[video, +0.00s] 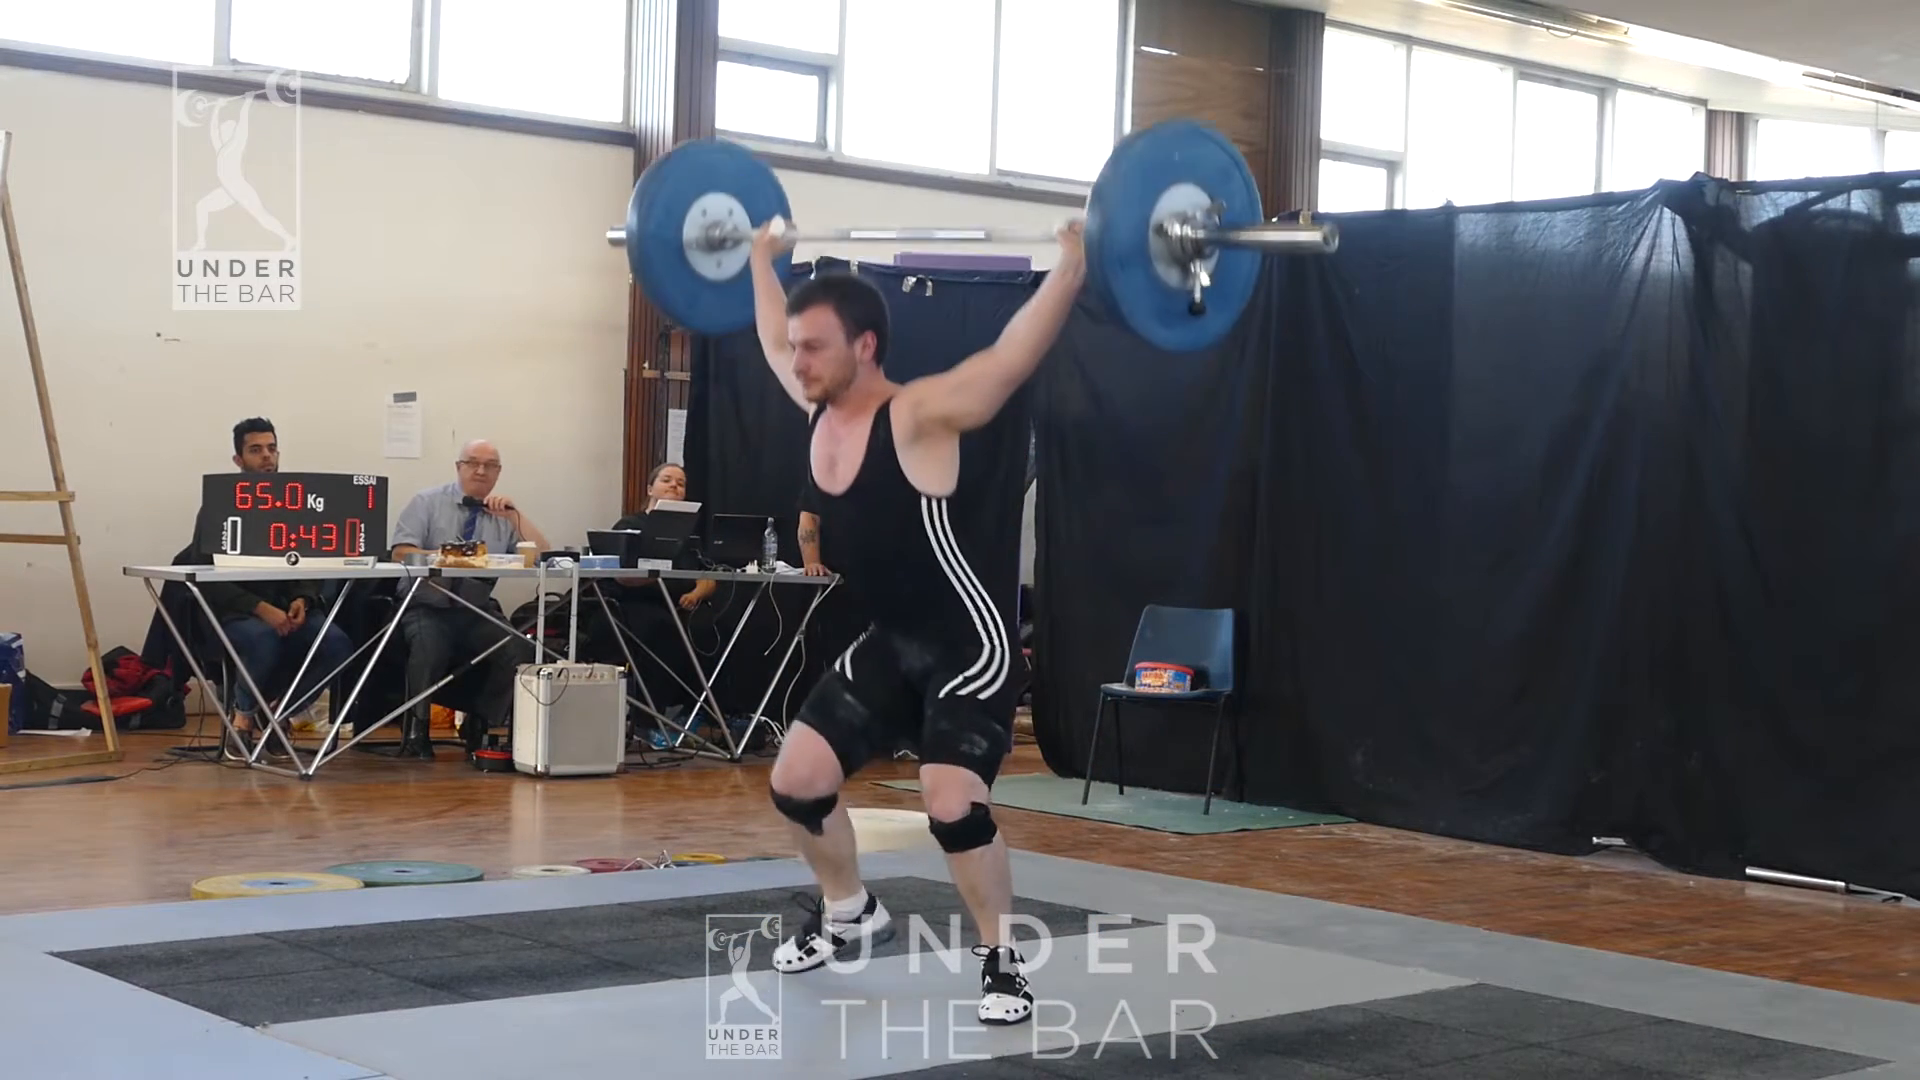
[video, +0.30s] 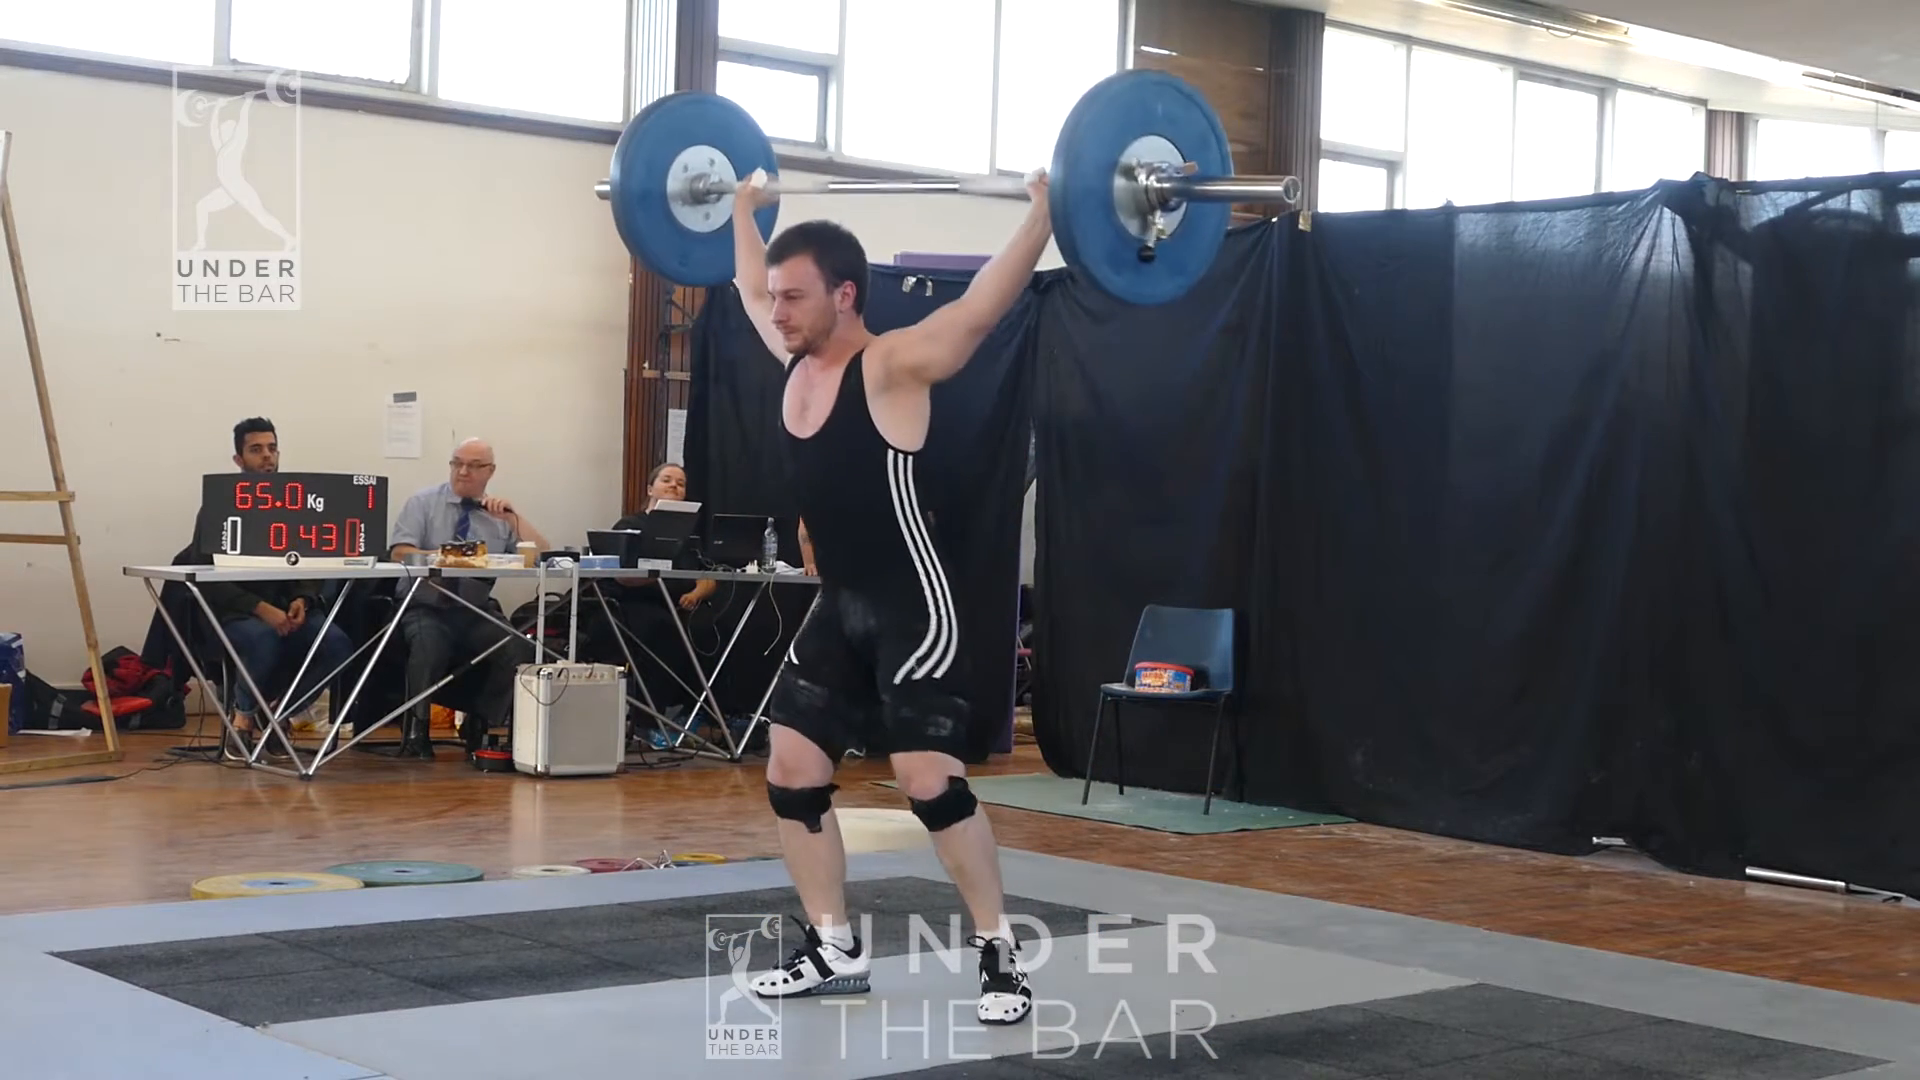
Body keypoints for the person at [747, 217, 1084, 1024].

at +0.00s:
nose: (798, 361)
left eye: (812, 346)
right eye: (793, 348)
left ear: (864, 346)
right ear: (798, 351)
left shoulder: (922, 411)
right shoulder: (824, 416)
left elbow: (1008, 358)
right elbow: (777, 342)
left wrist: (1068, 272)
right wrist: (760, 258)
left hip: (969, 644)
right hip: (887, 640)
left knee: (951, 803)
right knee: (798, 780)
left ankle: (1000, 949)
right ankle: (848, 913)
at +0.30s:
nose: (778, 312)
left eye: (794, 297)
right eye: (773, 299)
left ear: (845, 295)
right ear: (779, 301)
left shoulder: (894, 361)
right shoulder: (798, 368)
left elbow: (978, 309)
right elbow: (754, 292)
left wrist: (1041, 214)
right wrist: (743, 208)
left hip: (918, 604)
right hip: (839, 606)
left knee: (926, 775)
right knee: (792, 767)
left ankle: (996, 945)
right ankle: (835, 946)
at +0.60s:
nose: (781, 292)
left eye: (795, 278)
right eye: (777, 280)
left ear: (846, 277)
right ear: (785, 281)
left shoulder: (896, 346)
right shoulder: (800, 350)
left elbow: (977, 289)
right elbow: (753, 276)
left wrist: (1034, 197)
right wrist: (741, 194)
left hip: (907, 597)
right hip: (832, 598)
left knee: (909, 771)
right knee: (808, 766)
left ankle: (950, 972)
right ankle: (837, 951)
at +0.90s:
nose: (788, 284)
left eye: (802, 268)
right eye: (784, 271)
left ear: (854, 270)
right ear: (789, 275)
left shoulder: (902, 341)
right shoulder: (804, 348)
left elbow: (985, 279)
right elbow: (756, 280)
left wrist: (1041, 187)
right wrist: (744, 199)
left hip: (915, 596)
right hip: (839, 597)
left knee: (919, 771)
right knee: (830, 766)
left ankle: (950, 969)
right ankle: (839, 951)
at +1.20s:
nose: (791, 284)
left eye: (804, 269)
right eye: (786, 271)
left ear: (856, 271)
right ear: (790, 273)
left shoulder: (904, 343)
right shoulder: (805, 347)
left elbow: (986, 282)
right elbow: (754, 277)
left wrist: (1041, 189)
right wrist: (740, 193)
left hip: (918, 597)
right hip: (841, 597)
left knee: (922, 772)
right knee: (835, 767)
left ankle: (951, 969)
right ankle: (838, 952)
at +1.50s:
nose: (793, 283)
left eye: (808, 268)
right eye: (789, 270)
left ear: (859, 273)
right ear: (792, 274)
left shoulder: (906, 345)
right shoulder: (807, 348)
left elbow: (989, 284)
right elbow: (755, 276)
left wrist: (1043, 192)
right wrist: (737, 194)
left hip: (919, 596)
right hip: (841, 596)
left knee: (922, 773)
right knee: (835, 767)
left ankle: (950, 969)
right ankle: (838, 951)